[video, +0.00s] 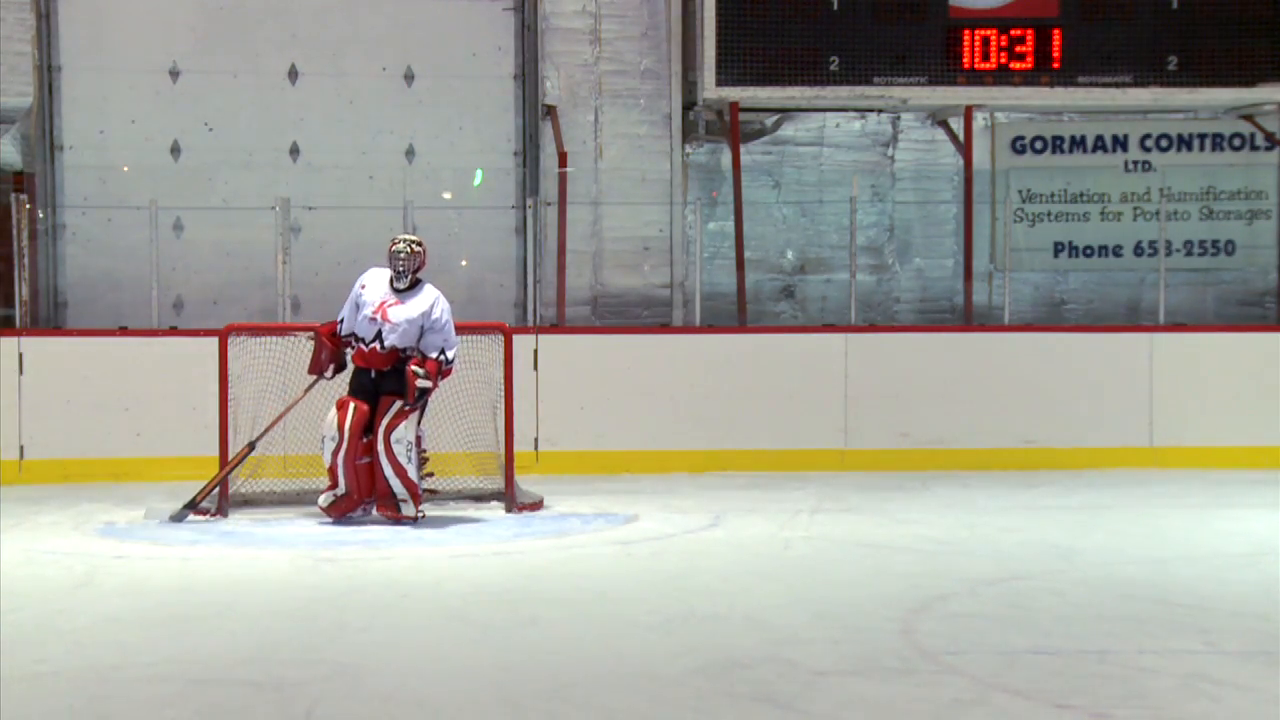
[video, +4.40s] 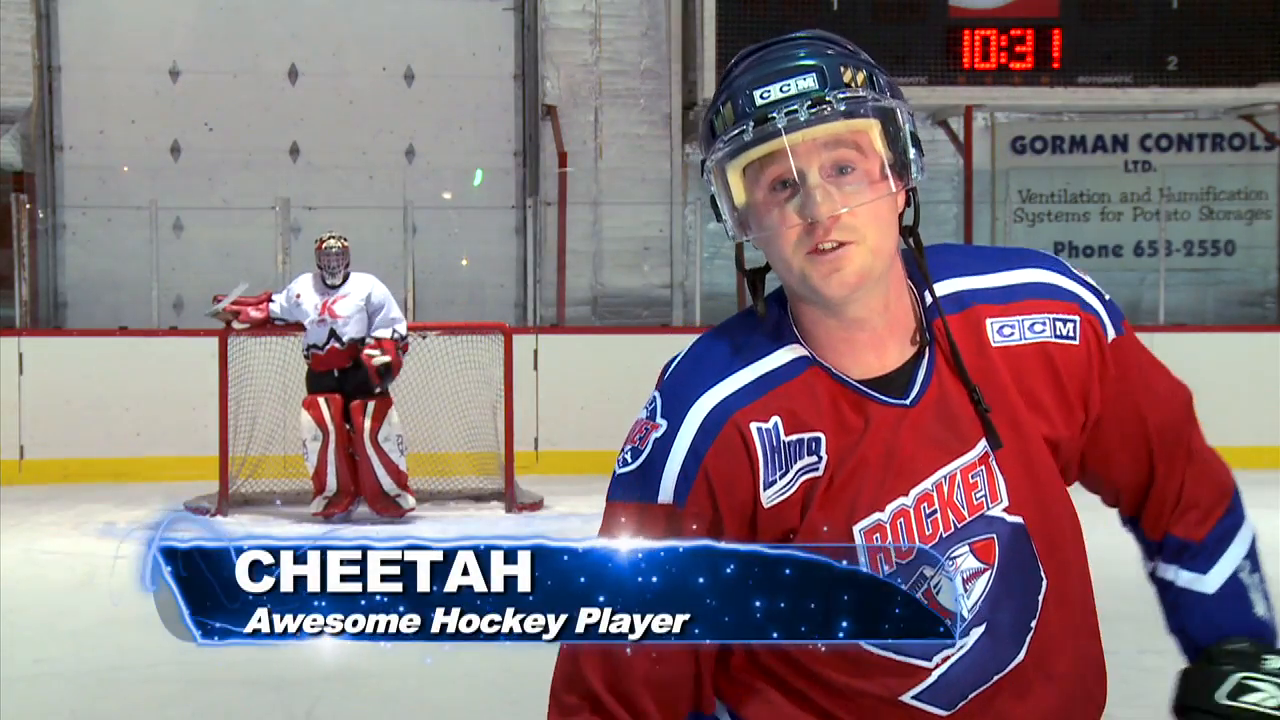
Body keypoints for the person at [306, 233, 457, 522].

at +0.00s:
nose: (402, 264)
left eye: (409, 259)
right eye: (398, 258)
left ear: (419, 263)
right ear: (390, 260)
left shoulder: (433, 302)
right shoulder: (370, 280)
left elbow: (445, 353)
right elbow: (346, 325)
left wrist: (427, 374)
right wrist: (333, 353)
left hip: (400, 381)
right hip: (363, 376)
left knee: (390, 438)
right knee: (347, 431)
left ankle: (398, 504)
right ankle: (351, 498)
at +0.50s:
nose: (380, 262)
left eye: (386, 256)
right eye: (374, 256)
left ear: (397, 259)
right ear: (366, 259)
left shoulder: (416, 293)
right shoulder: (348, 286)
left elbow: (446, 326)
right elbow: (332, 336)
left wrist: (452, 346)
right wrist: (323, 373)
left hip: (398, 379)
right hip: (356, 378)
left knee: (390, 434)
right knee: (341, 431)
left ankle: (399, 504)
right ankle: (342, 501)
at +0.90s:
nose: (359, 266)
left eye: (364, 260)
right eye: (353, 260)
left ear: (373, 260)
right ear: (343, 263)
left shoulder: (394, 287)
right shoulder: (325, 292)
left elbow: (428, 305)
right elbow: (309, 339)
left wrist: (459, 302)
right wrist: (310, 374)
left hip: (382, 376)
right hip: (340, 378)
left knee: (391, 434)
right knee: (335, 436)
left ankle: (399, 501)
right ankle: (337, 501)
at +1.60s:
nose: (343, 261)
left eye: (347, 255)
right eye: (336, 256)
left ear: (356, 256)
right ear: (326, 259)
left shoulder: (376, 285)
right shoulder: (313, 287)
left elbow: (407, 308)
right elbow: (292, 319)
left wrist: (441, 306)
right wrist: (304, 332)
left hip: (367, 371)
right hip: (326, 374)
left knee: (384, 426)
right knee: (331, 429)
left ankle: (384, 496)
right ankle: (335, 498)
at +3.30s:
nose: (347, 263)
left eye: (352, 257)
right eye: (341, 257)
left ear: (361, 259)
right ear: (331, 260)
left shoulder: (379, 286)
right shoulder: (313, 288)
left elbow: (411, 309)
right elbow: (288, 318)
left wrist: (445, 308)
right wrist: (264, 319)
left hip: (368, 373)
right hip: (326, 375)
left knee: (385, 431)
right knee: (330, 435)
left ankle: (386, 500)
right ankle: (333, 502)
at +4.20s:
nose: (337, 264)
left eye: (342, 258)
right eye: (331, 258)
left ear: (352, 260)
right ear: (322, 260)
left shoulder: (370, 286)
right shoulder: (304, 287)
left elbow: (400, 315)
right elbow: (271, 309)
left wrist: (417, 339)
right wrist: (236, 314)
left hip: (365, 373)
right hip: (322, 376)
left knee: (376, 432)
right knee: (326, 435)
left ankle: (391, 500)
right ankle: (334, 501)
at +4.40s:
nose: (334, 262)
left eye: (339, 256)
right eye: (328, 257)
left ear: (347, 259)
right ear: (318, 259)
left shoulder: (368, 287)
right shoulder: (303, 288)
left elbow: (395, 327)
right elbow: (272, 308)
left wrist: (382, 356)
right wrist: (235, 308)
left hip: (361, 374)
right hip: (321, 375)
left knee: (370, 433)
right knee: (327, 435)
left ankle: (390, 499)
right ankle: (335, 499)